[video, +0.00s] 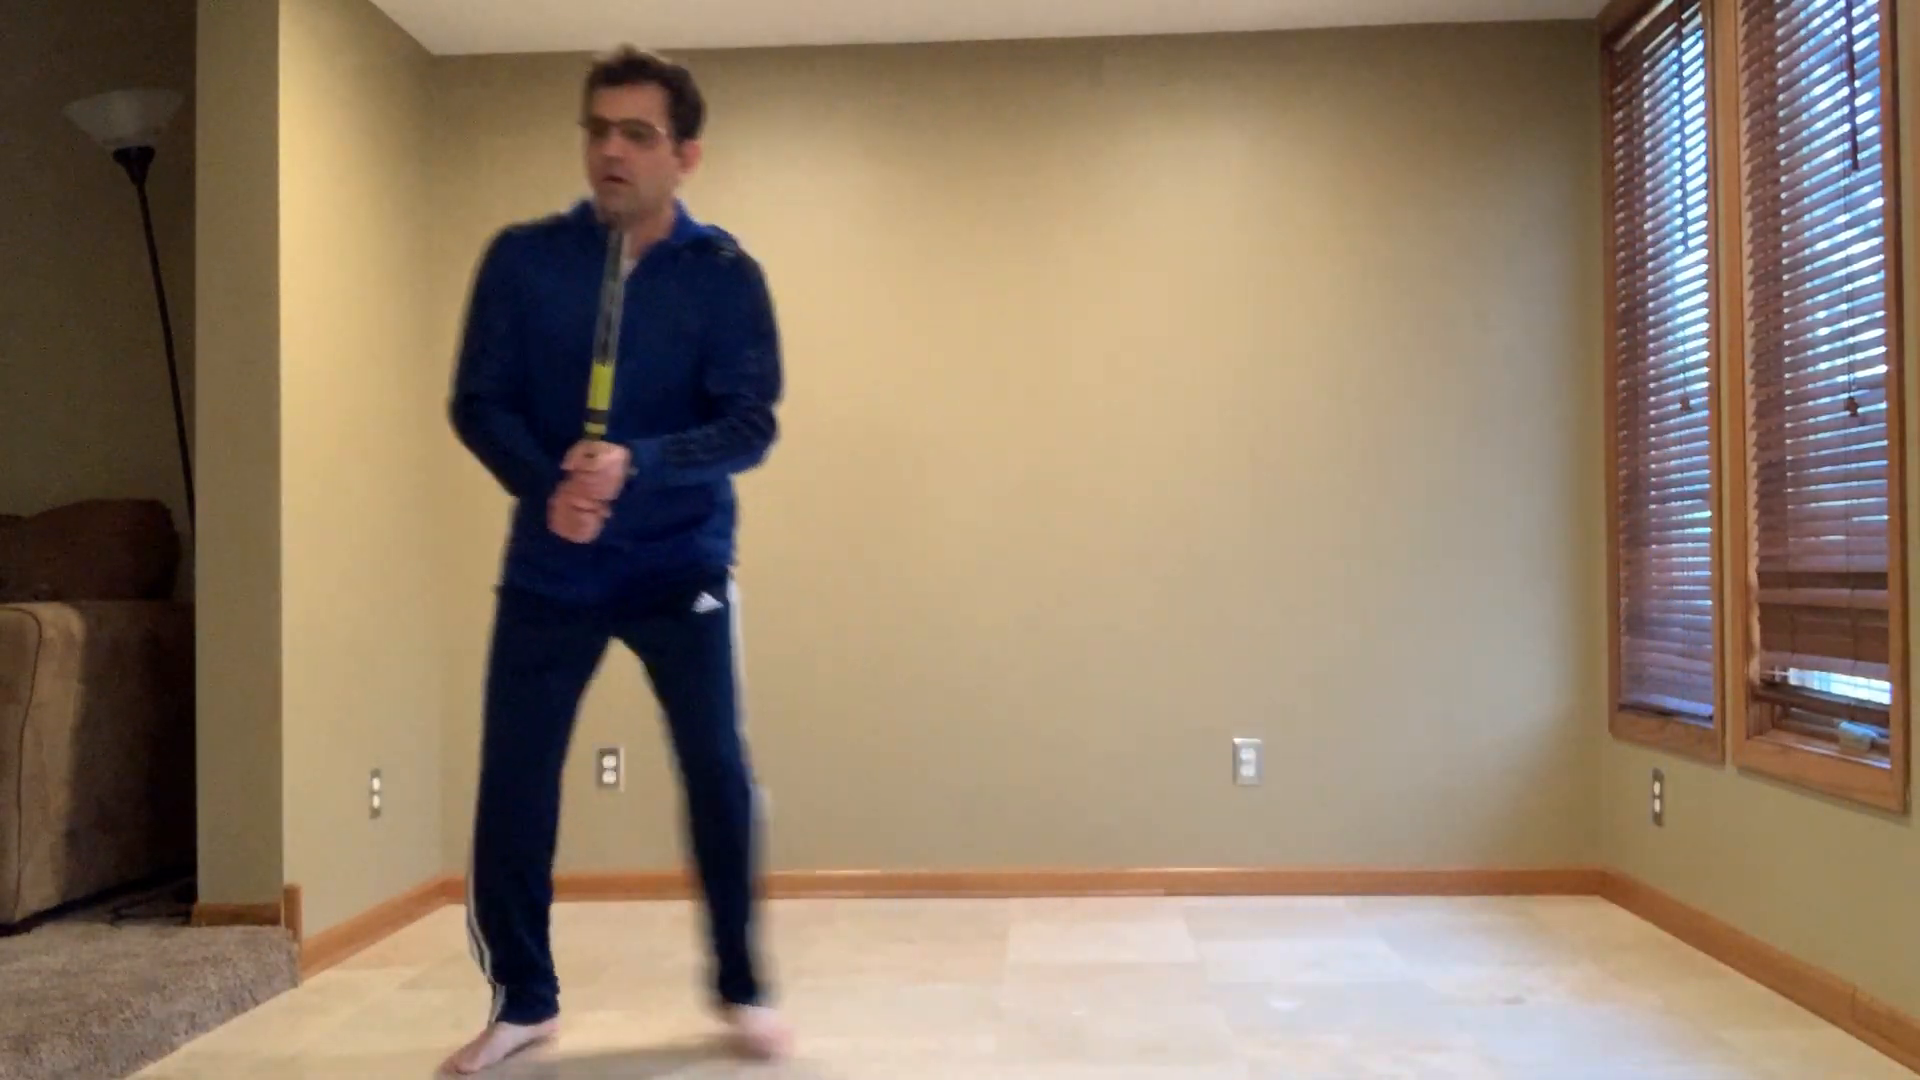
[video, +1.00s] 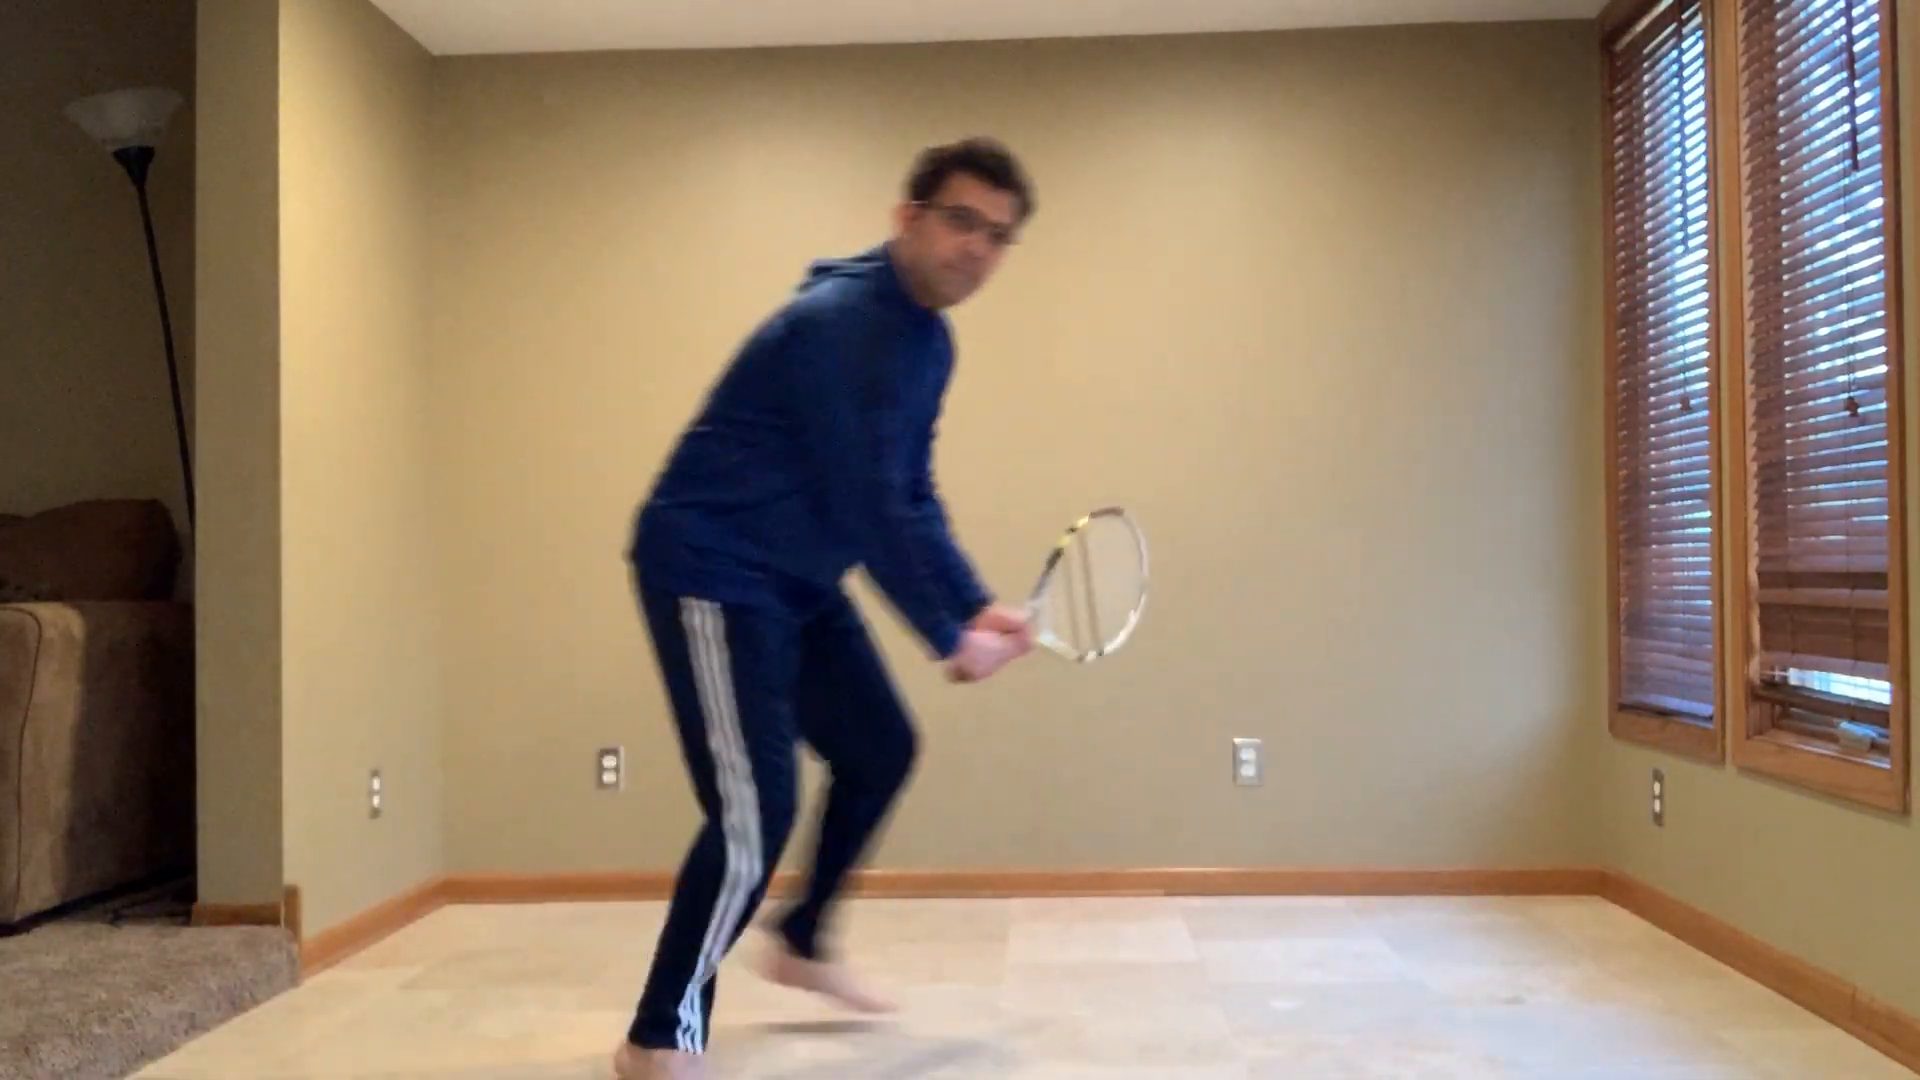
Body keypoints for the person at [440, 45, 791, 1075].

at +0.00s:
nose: (612, 150)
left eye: (637, 134)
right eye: (598, 131)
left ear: (685, 153)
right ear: (582, 143)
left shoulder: (724, 273)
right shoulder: (522, 257)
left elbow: (751, 422)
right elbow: (476, 403)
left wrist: (635, 463)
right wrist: (543, 482)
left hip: (680, 575)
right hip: (549, 575)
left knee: (719, 769)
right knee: (514, 784)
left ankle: (741, 993)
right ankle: (524, 1004)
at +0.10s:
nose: (561, 125)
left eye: (587, 110)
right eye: (546, 106)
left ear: (630, 132)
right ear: (527, 119)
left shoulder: (673, 250)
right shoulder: (468, 233)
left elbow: (703, 401)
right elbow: (424, 376)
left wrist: (580, 444)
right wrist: (485, 459)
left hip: (620, 549)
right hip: (491, 544)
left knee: (619, 758)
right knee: (445, 752)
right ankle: (465, 973)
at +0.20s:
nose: (511, 147)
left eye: (538, 132)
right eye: (497, 127)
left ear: (581, 154)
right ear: (477, 142)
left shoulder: (624, 275)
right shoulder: (419, 258)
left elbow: (652, 424)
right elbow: (375, 399)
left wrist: (530, 467)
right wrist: (440, 480)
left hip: (565, 572)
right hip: (435, 564)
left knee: (565, 788)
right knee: (360, 764)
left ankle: (552, 992)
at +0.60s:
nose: (569, 272)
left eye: (594, 259)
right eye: (554, 250)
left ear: (619, 284)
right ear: (517, 255)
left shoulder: (621, 403)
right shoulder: (425, 353)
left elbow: (596, 538)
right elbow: (370, 517)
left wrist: (553, 609)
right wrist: (449, 636)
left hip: (520, 625)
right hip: (385, 608)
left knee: (602, 776)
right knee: (281, 825)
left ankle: (549, 986)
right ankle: (237, 1018)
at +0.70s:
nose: (686, 261)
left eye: (709, 249)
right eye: (670, 236)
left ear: (726, 270)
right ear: (626, 237)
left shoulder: (707, 387)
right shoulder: (529, 330)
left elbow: (678, 525)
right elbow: (468, 489)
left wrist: (638, 608)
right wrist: (545, 629)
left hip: (575, 610)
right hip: (453, 590)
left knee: (616, 791)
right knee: (347, 797)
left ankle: (533, 1008)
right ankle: (225, 1012)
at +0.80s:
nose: (781, 251)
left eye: (804, 238)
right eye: (764, 226)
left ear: (818, 256)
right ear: (716, 224)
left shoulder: (788, 369)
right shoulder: (622, 316)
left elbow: (757, 502)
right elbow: (577, 477)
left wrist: (742, 610)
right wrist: (654, 626)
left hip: (634, 586)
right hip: (528, 564)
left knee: (638, 788)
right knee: (496, 773)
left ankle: (536, 1002)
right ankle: (401, 985)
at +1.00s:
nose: (978, 249)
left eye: (999, 237)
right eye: (961, 223)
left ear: (1007, 250)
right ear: (907, 217)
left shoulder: (925, 342)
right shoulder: (840, 319)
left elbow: (909, 491)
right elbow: (861, 502)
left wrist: (972, 603)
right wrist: (947, 633)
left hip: (795, 578)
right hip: (706, 568)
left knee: (878, 752)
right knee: (751, 808)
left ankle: (799, 940)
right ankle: (661, 1039)